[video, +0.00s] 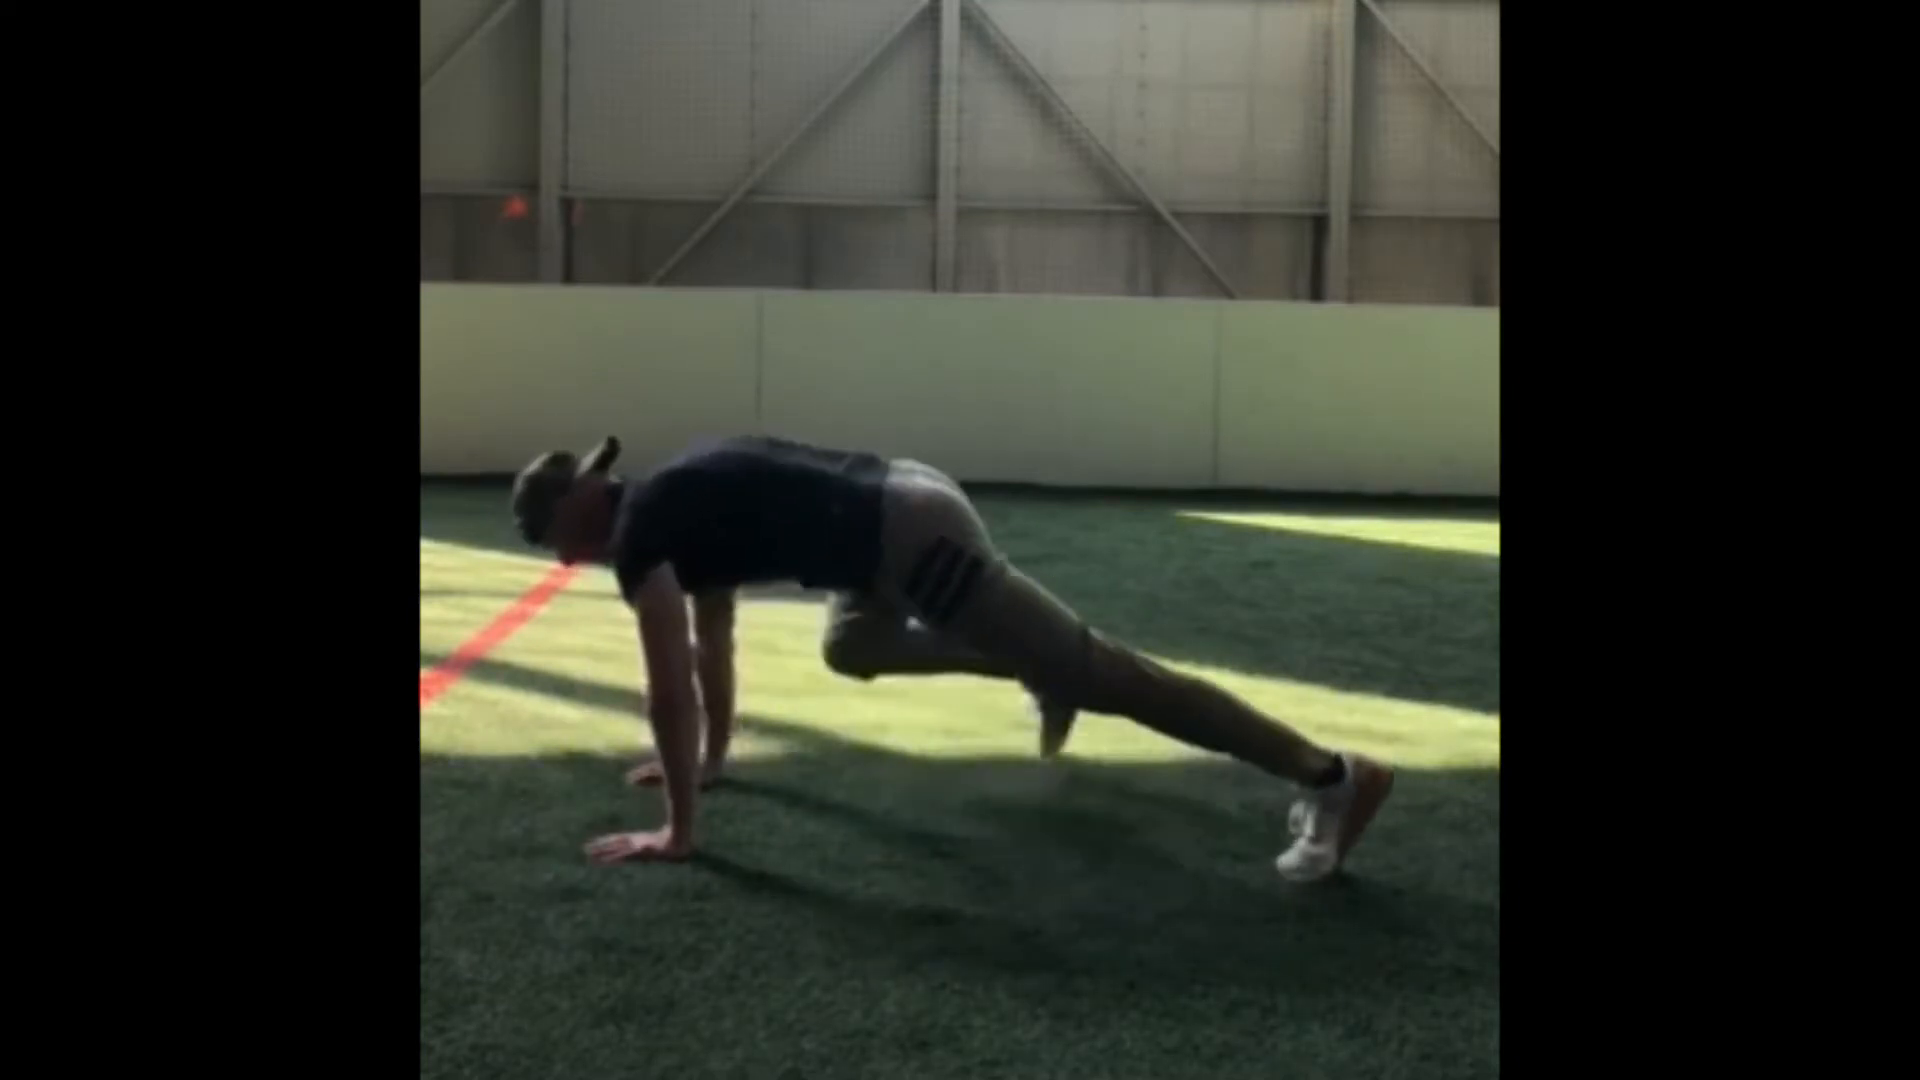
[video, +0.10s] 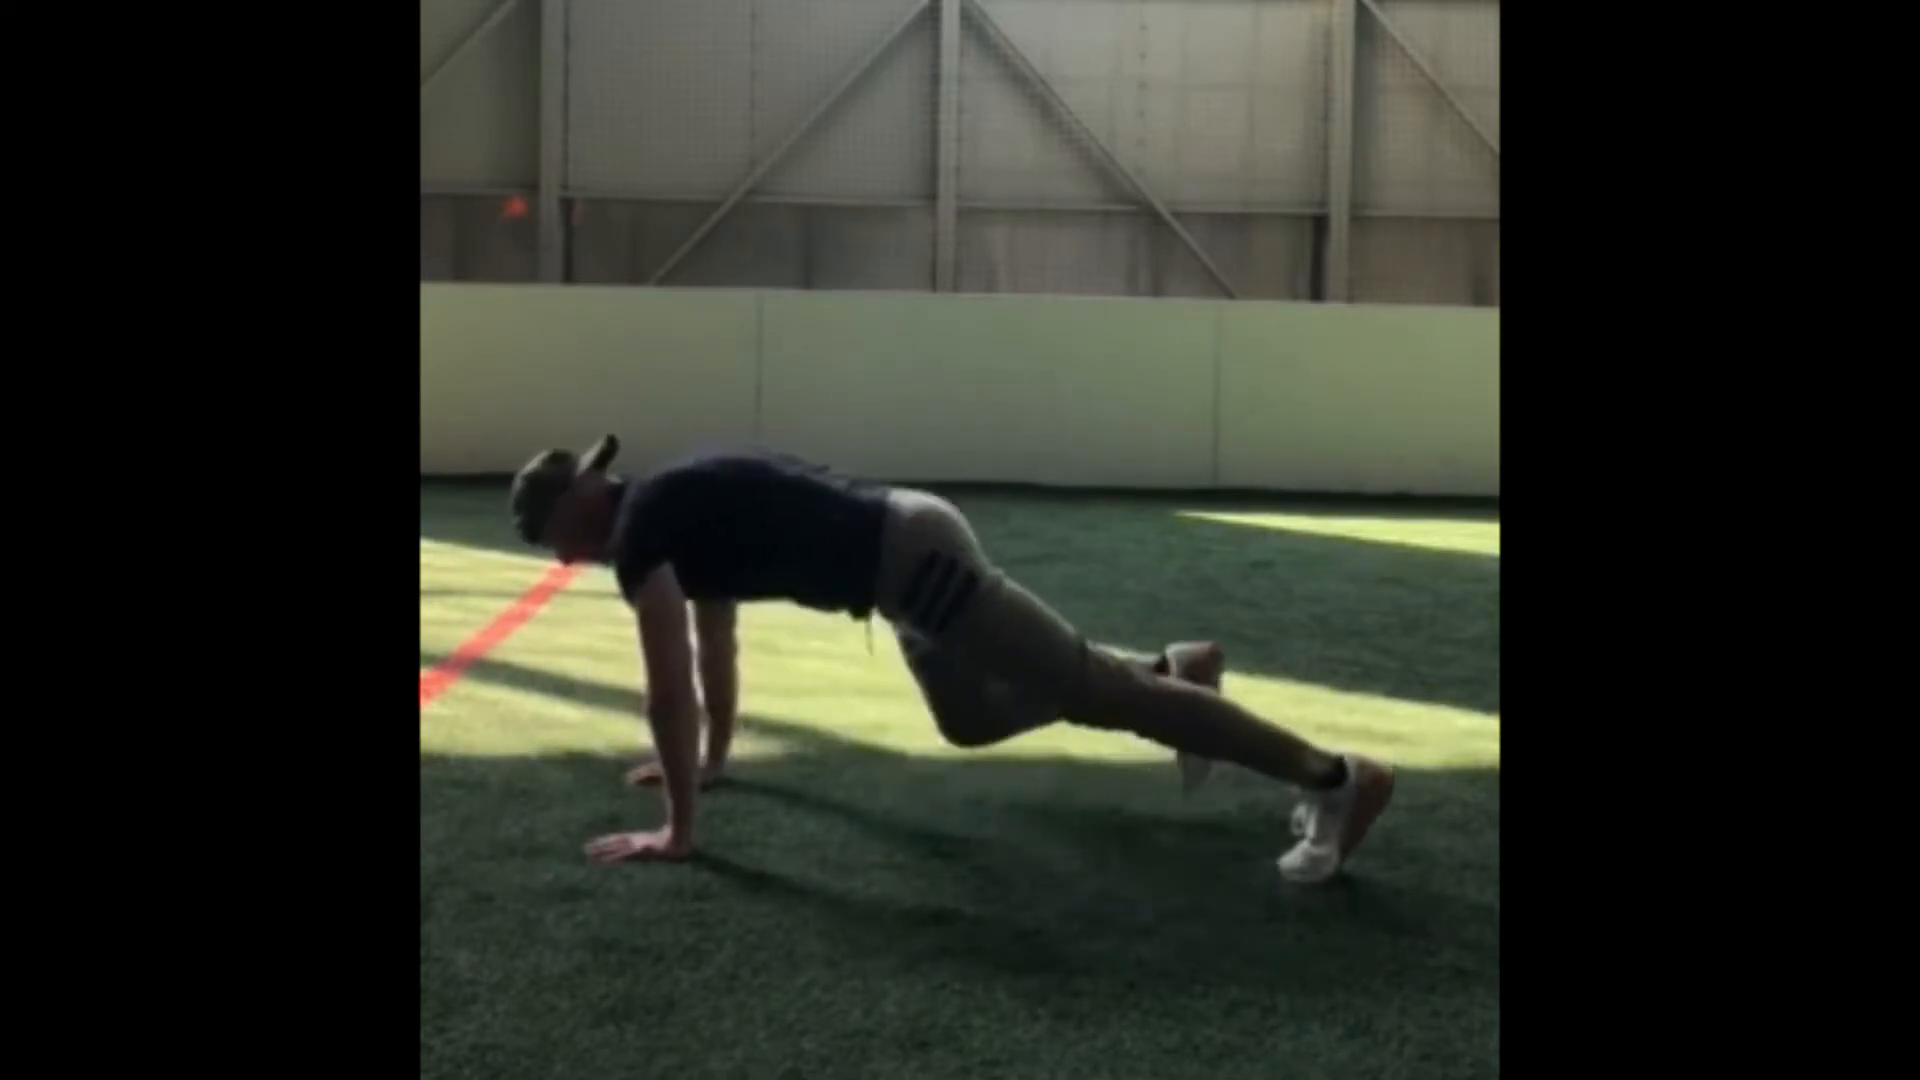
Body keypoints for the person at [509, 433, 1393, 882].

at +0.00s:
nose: (572, 565)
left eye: (564, 549)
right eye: (561, 553)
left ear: (583, 513)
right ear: (600, 491)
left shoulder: (642, 535)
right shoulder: (682, 499)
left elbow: (671, 693)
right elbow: (713, 652)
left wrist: (677, 829)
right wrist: (708, 756)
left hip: (914, 534)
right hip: (907, 502)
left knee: (1108, 675)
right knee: (853, 649)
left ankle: (1334, 777)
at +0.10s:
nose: (570, 562)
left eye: (562, 546)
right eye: (559, 551)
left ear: (580, 511)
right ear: (597, 489)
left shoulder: (642, 534)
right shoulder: (682, 501)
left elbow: (669, 694)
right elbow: (718, 652)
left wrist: (677, 829)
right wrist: (710, 752)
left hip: (914, 557)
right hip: (911, 540)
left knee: (1097, 687)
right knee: (970, 716)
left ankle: (1340, 780)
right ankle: (1166, 681)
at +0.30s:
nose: (583, 561)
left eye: (574, 546)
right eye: (572, 551)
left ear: (593, 511)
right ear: (613, 489)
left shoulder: (652, 536)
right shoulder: (698, 502)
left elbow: (676, 696)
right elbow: (732, 661)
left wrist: (679, 833)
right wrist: (710, 760)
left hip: (919, 581)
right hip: (940, 540)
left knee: (1038, 774)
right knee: (1073, 709)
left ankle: (1283, 760)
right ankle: (1282, 739)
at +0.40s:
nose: (582, 563)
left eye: (572, 548)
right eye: (569, 553)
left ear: (593, 508)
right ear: (610, 489)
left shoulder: (657, 534)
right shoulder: (693, 501)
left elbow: (681, 689)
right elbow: (725, 660)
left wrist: (678, 831)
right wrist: (704, 763)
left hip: (901, 549)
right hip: (941, 515)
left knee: (881, 761)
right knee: (1081, 677)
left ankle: (1119, 749)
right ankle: (1300, 735)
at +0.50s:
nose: (579, 562)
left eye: (569, 547)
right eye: (568, 552)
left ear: (589, 512)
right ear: (607, 494)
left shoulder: (654, 523)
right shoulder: (683, 502)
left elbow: (678, 678)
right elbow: (717, 657)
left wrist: (678, 827)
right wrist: (694, 765)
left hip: (887, 537)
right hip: (935, 529)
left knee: (714, 635)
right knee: (1077, 675)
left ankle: (878, 814)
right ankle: (1299, 734)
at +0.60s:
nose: (573, 546)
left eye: (560, 528)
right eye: (562, 533)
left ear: (582, 498)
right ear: (604, 475)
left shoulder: (658, 523)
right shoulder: (690, 500)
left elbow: (680, 696)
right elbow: (710, 689)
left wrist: (674, 825)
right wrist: (700, 800)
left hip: (885, 552)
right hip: (929, 559)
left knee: (669, 570)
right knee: (1060, 711)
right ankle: (1278, 731)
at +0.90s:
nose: (574, 554)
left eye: (569, 532)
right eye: (564, 542)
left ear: (597, 496)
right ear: (614, 487)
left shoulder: (661, 526)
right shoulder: (692, 513)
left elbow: (675, 683)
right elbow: (719, 667)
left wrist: (678, 828)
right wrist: (718, 766)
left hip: (882, 586)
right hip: (923, 587)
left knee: (663, 591)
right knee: (1059, 737)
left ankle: (561, 818)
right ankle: (1282, 740)